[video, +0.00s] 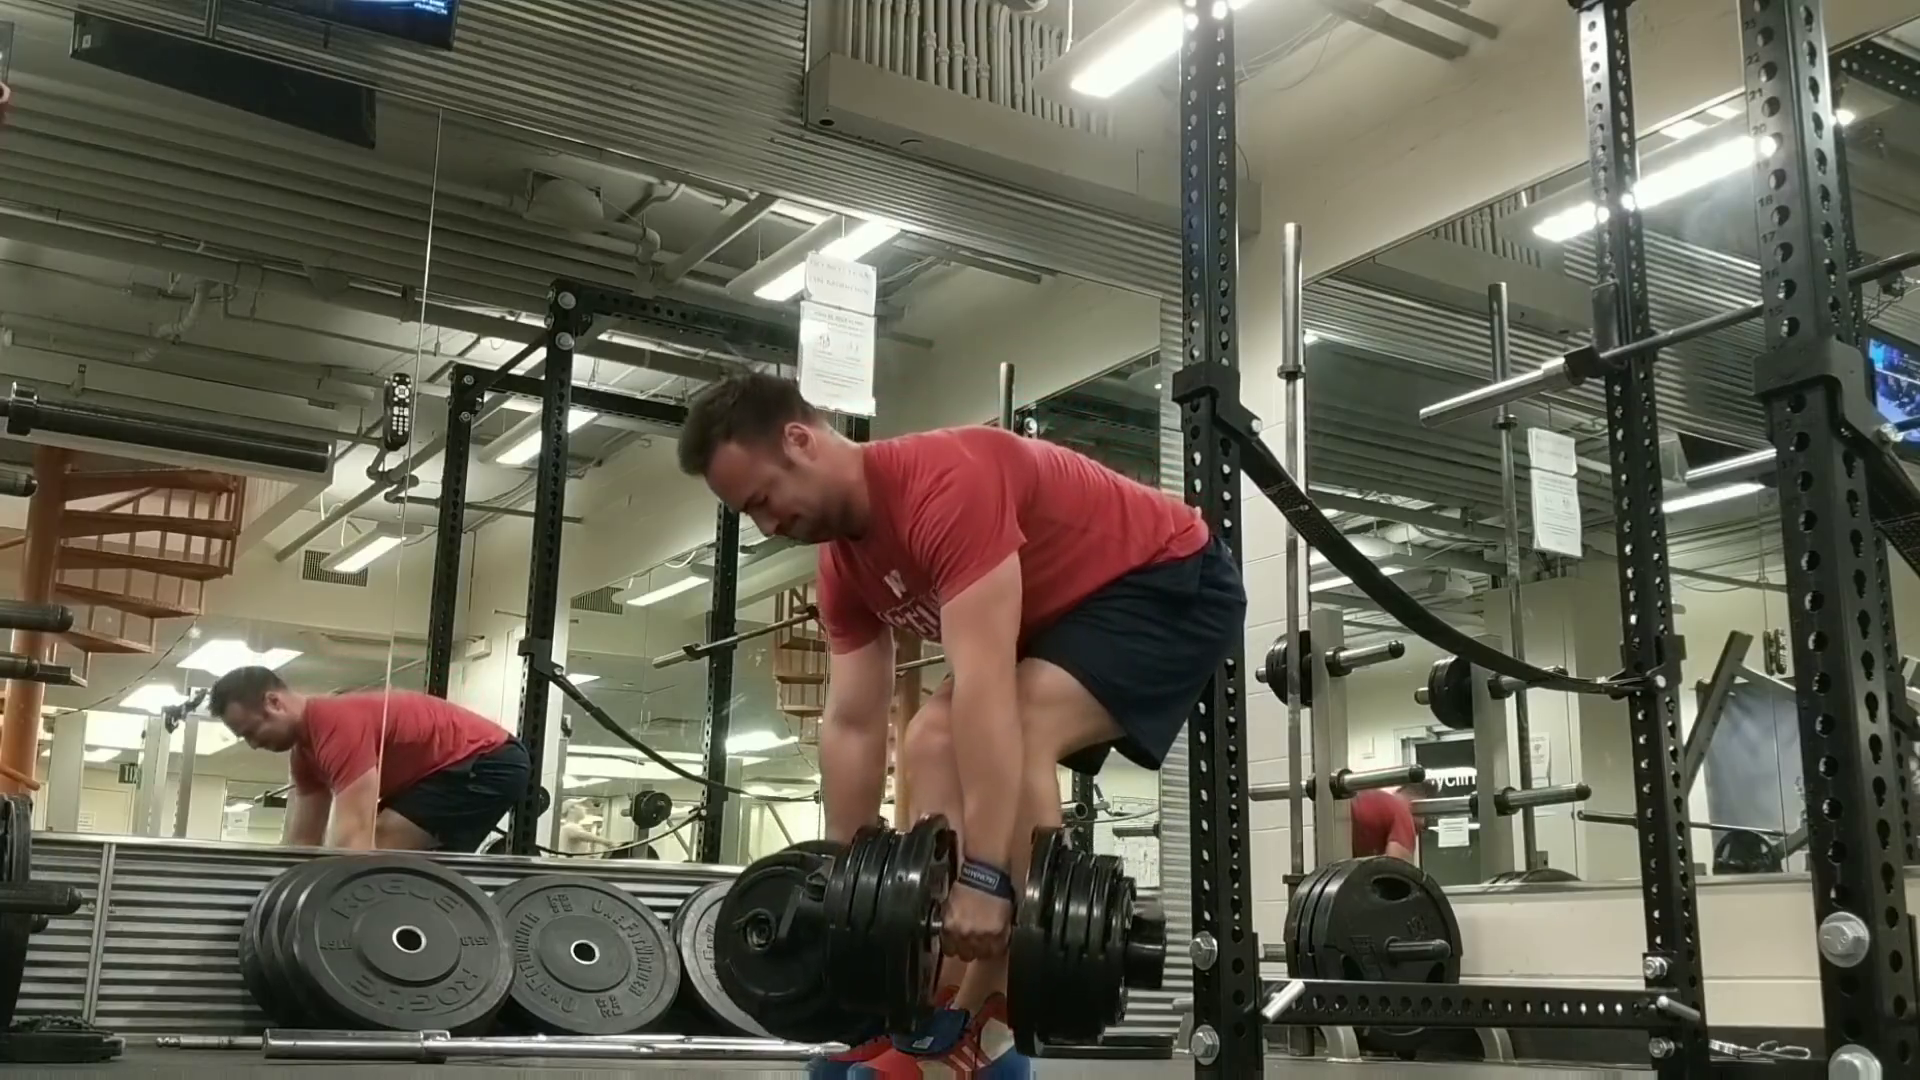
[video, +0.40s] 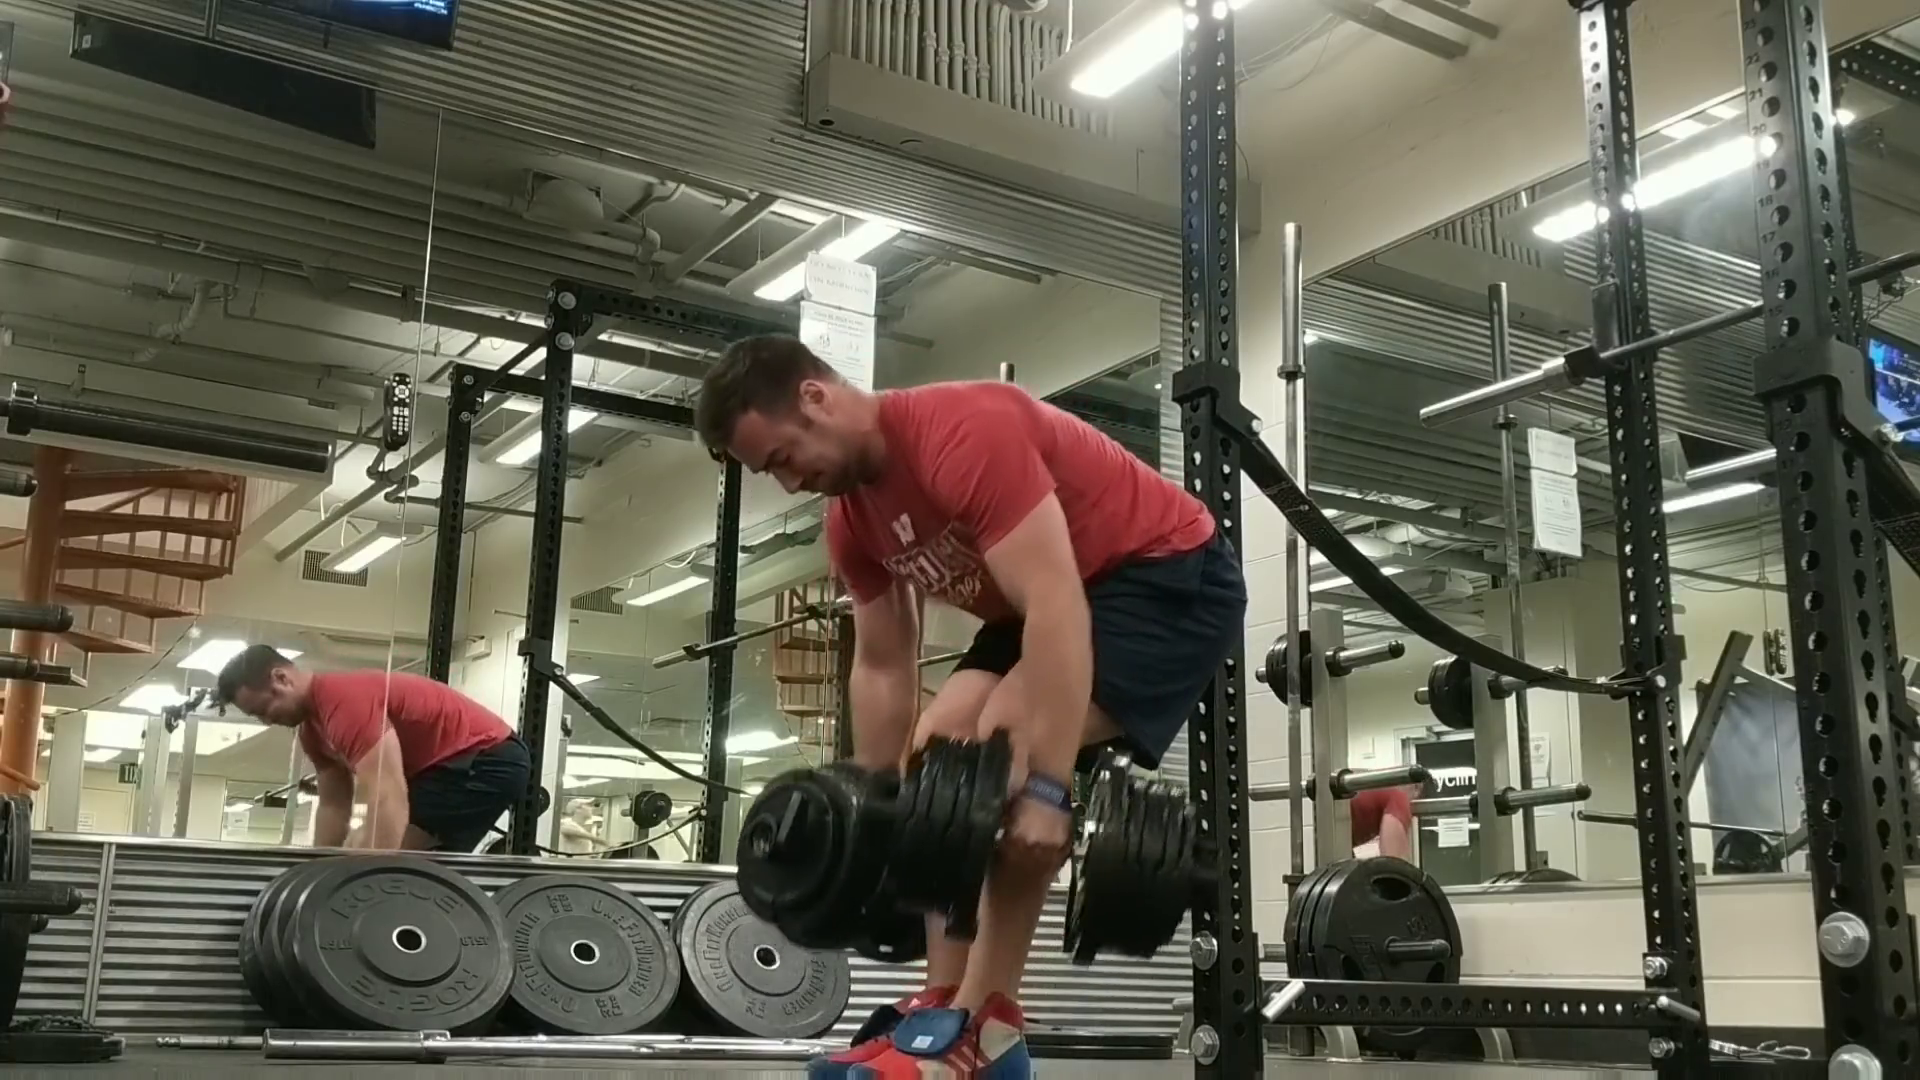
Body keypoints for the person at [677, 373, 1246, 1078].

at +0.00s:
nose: (764, 525)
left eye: (762, 499)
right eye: (748, 515)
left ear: (803, 439)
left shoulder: (952, 483)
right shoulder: (845, 566)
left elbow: (985, 687)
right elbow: (854, 723)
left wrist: (985, 879)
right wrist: (845, 884)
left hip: (1167, 580)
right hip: (1061, 615)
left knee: (1015, 726)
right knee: (933, 737)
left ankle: (991, 1029)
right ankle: (935, 1018)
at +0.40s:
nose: (789, 483)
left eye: (784, 456)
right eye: (772, 473)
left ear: (820, 396)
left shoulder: (967, 432)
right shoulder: (853, 523)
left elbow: (1054, 601)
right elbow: (881, 664)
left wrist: (1048, 785)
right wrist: (872, 817)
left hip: (1167, 576)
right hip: (1047, 601)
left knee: (1012, 741)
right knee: (937, 738)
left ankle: (992, 1017)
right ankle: (944, 995)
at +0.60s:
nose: (819, 453)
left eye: (810, 432)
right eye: (800, 447)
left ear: (834, 366)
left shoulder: (985, 382)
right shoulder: (865, 475)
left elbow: (1107, 524)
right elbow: (915, 595)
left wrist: (1097, 691)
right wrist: (904, 735)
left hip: (1159, 563)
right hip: (1038, 594)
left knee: (1026, 752)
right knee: (956, 746)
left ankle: (991, 1014)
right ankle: (942, 1000)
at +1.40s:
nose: (808, 477)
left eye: (798, 457)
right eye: (790, 471)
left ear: (823, 390)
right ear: (823, 393)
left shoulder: (976, 407)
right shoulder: (857, 493)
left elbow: (1051, 590)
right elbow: (885, 641)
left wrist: (1055, 774)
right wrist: (872, 794)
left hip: (1163, 570)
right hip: (1043, 596)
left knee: (1028, 743)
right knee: (947, 746)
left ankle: (989, 1018)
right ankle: (944, 999)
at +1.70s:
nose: (773, 512)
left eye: (769, 487)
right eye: (757, 500)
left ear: (807, 426)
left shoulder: (955, 465)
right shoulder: (845, 546)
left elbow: (989, 667)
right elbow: (855, 704)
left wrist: (991, 854)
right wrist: (848, 866)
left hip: (1167, 578)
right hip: (1062, 611)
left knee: (1012, 735)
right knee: (939, 739)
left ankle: (992, 1027)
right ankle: (936, 1016)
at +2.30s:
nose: (801, 468)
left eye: (793, 444)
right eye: (783, 458)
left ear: (827, 382)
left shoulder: (973, 414)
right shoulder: (858, 505)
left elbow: (1064, 580)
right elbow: (885, 641)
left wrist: (1055, 761)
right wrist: (872, 794)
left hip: (1167, 572)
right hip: (1044, 596)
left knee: (1027, 735)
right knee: (950, 728)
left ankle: (989, 1019)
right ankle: (940, 1003)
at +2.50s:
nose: (835, 448)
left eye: (825, 428)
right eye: (818, 442)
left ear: (846, 360)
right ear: (845, 367)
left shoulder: (995, 368)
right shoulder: (871, 460)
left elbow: (1117, 510)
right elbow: (916, 583)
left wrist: (1117, 679)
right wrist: (899, 721)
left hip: (1156, 568)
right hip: (1040, 593)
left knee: (1022, 751)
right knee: (949, 739)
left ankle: (992, 1013)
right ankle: (942, 999)